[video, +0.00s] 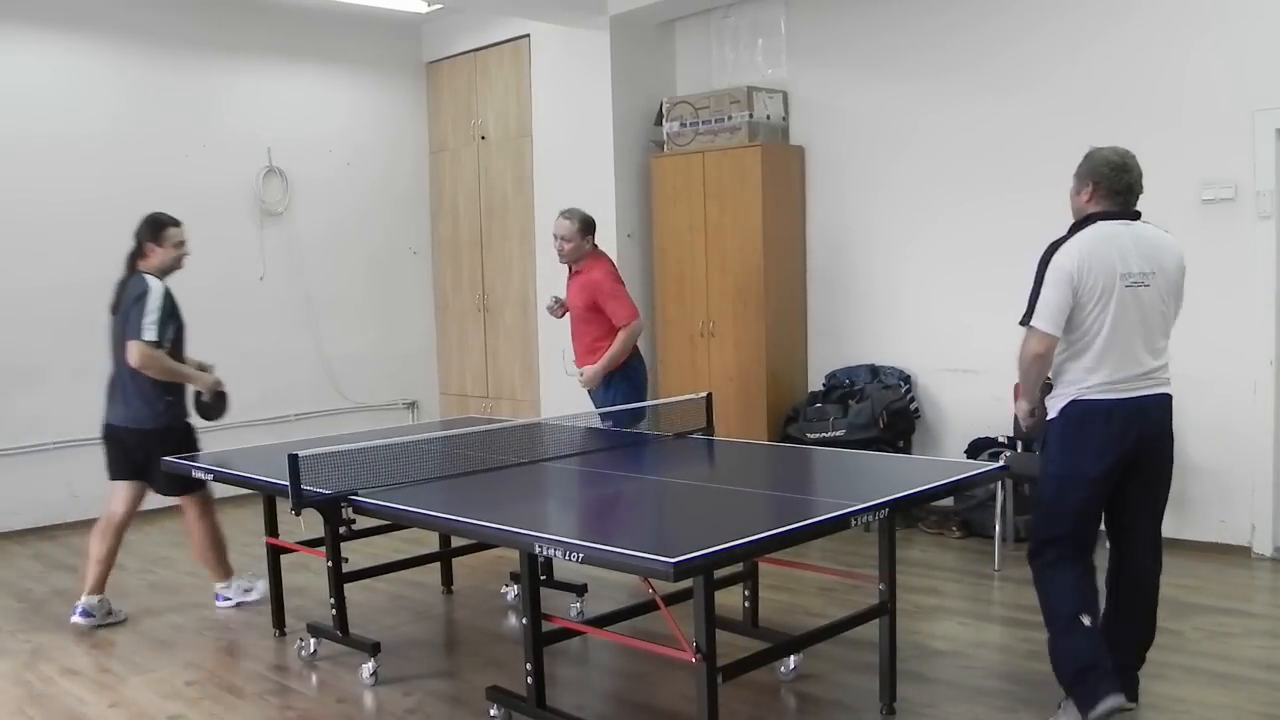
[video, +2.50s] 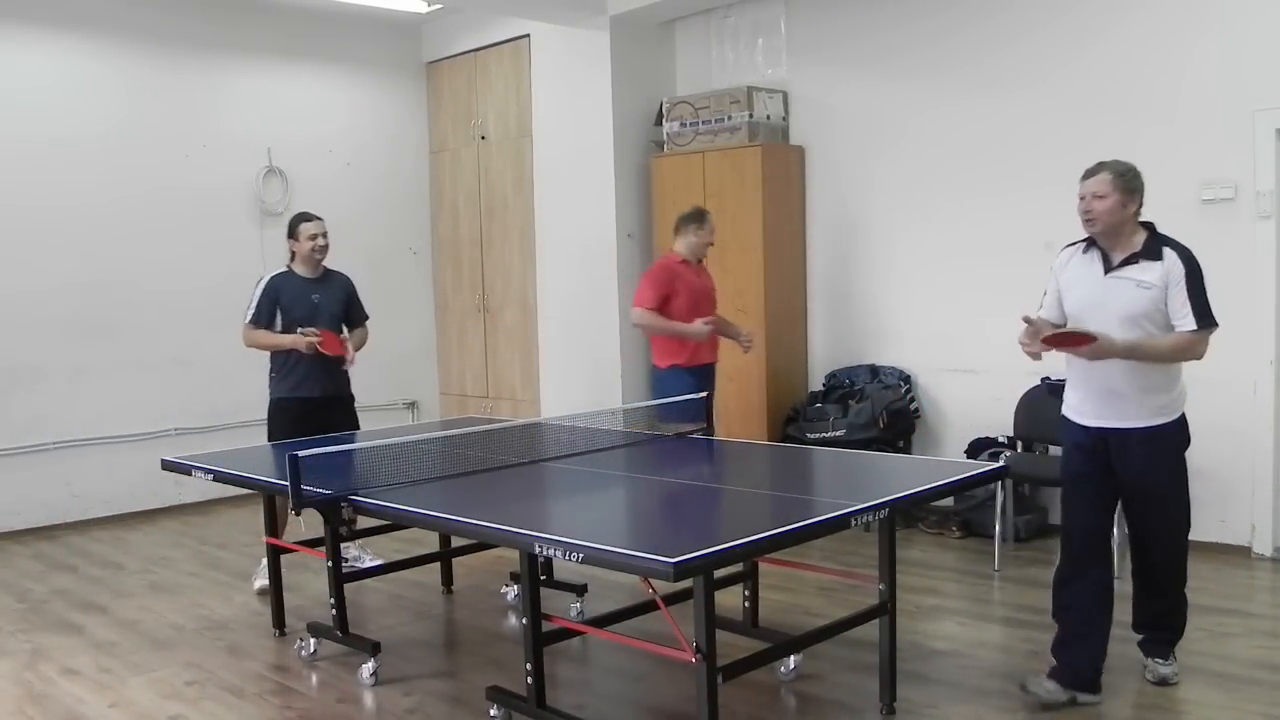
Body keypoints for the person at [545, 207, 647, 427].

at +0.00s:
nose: (557, 246)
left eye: (565, 240)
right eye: (555, 238)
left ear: (587, 242)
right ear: (553, 235)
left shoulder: (601, 274)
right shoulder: (578, 263)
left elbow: (633, 325)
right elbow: (588, 295)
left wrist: (600, 369)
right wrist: (565, 306)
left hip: (619, 375)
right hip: (599, 376)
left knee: (626, 450)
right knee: (618, 449)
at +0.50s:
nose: (577, 235)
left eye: (585, 229)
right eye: (571, 228)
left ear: (599, 232)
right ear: (564, 230)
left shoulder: (616, 270)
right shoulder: (557, 265)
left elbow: (643, 316)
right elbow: (551, 297)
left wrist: (622, 355)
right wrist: (539, 311)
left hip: (606, 377)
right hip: (565, 376)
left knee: (608, 451)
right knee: (566, 451)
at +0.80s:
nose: (564, 231)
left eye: (571, 225)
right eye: (557, 225)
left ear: (580, 231)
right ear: (547, 231)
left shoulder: (600, 266)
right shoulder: (530, 274)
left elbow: (621, 304)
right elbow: (505, 315)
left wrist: (627, 337)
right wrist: (517, 323)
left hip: (599, 375)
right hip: (552, 377)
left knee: (607, 446)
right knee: (552, 446)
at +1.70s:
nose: (586, 229)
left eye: (586, 223)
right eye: (579, 223)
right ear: (557, 229)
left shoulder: (601, 261)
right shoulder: (540, 276)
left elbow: (617, 299)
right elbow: (523, 325)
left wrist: (634, 318)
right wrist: (561, 325)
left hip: (615, 365)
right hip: (572, 371)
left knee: (638, 431)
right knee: (573, 441)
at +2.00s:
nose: (637, 235)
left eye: (638, 229)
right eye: (632, 228)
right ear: (609, 231)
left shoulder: (644, 270)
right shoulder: (587, 273)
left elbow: (657, 310)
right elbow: (563, 319)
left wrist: (669, 329)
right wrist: (603, 326)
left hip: (650, 368)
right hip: (608, 372)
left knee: (659, 443)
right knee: (603, 445)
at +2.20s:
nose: (674, 240)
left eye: (675, 234)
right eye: (670, 233)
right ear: (650, 232)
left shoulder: (675, 272)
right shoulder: (620, 271)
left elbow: (688, 314)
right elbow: (596, 318)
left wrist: (700, 330)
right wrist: (638, 327)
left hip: (677, 366)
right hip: (640, 369)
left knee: (680, 444)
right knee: (642, 444)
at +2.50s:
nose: (712, 242)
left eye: (713, 235)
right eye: (709, 233)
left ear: (695, 233)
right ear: (692, 232)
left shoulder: (701, 271)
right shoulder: (663, 270)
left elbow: (705, 315)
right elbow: (639, 315)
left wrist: (735, 333)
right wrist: (689, 329)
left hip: (702, 370)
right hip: (675, 373)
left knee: (702, 443)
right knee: (683, 445)